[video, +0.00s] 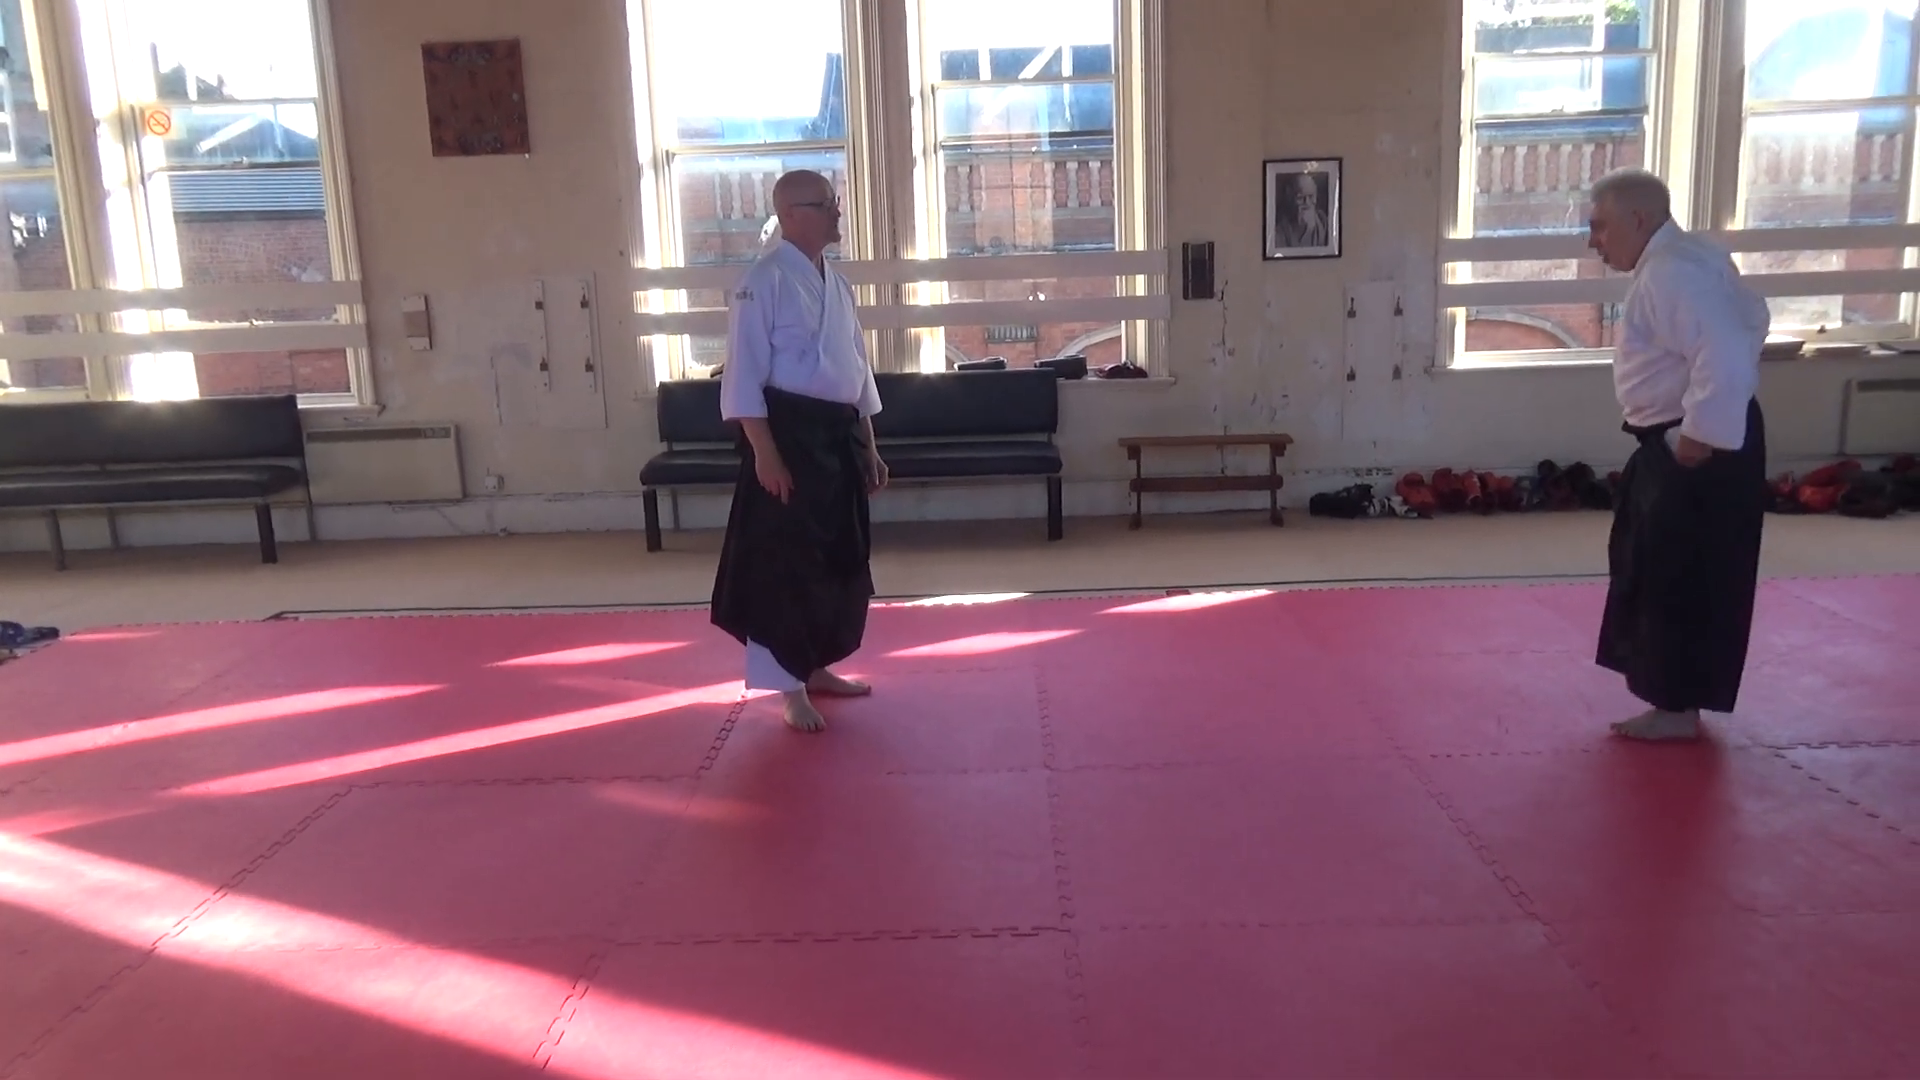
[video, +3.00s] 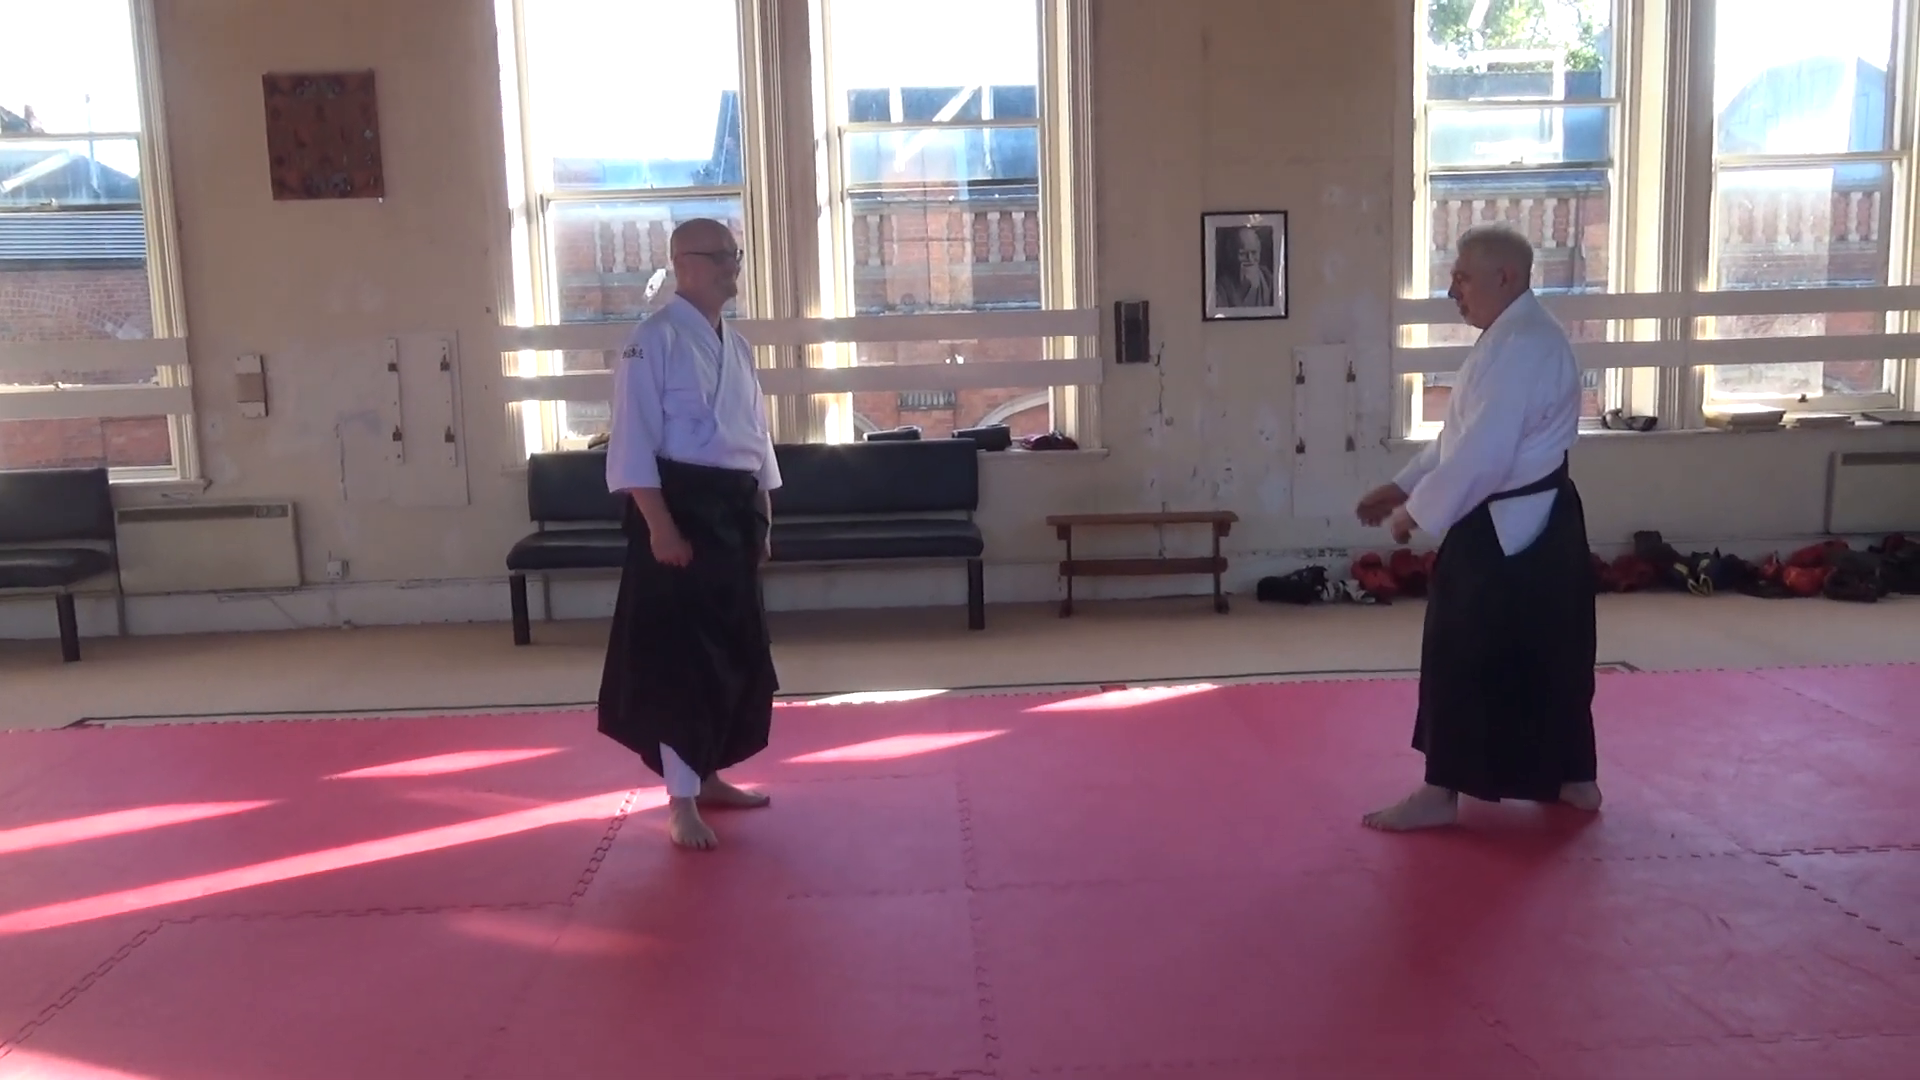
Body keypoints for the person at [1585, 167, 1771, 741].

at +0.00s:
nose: (1593, 239)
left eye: (1600, 225)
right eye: (1592, 226)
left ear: (1640, 219)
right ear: (1646, 221)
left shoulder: (1671, 268)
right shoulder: (1691, 255)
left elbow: (1723, 347)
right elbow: (1754, 317)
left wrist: (1700, 429)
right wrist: (1724, 382)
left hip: (1690, 444)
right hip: (1693, 439)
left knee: (1677, 568)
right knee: (1679, 566)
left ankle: (1677, 706)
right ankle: (1674, 700)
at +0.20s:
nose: (1575, 238)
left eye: (1583, 224)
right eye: (1574, 225)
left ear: (1623, 223)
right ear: (1627, 224)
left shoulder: (1648, 276)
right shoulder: (1655, 268)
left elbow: (1678, 370)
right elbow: (1701, 355)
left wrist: (1665, 459)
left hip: (1666, 452)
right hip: (1642, 446)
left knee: (1666, 579)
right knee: (1631, 568)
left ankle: (1674, 713)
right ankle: (1631, 686)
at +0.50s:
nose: (1537, 274)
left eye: (1545, 262)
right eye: (1538, 262)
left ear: (1584, 261)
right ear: (1584, 262)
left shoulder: (1609, 316)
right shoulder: (1607, 308)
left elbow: (1641, 399)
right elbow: (1649, 394)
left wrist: (1616, 484)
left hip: (1610, 487)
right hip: (1602, 482)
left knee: (1598, 608)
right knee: (1601, 607)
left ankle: (1608, 734)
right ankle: (1607, 728)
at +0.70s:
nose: (1512, 284)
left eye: (1521, 273)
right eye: (1513, 273)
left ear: (1560, 275)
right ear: (1561, 275)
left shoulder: (1588, 332)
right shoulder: (1574, 324)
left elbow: (1596, 411)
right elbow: (1587, 410)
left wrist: (1552, 483)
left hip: (1584, 495)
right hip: (1591, 492)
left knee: (1519, 610)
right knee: (1597, 616)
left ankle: (1483, 736)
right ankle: (1612, 736)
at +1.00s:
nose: (1461, 290)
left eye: (1470, 278)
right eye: (1462, 278)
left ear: (1508, 282)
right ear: (1513, 283)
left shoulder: (1523, 343)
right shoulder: (1538, 330)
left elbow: (1495, 440)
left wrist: (1441, 514)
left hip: (1522, 505)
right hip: (1560, 499)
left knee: (1457, 616)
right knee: (1575, 614)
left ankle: (1450, 748)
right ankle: (1596, 730)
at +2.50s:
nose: (1477, 269)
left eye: (1487, 258)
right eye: (1479, 257)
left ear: (1528, 262)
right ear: (1531, 263)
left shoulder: (1543, 317)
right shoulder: (1556, 309)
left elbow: (1497, 360)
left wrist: (1433, 394)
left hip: (1514, 504)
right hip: (1555, 497)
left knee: (1460, 634)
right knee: (1567, 633)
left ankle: (1451, 776)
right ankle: (1586, 764)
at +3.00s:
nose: (1453, 288)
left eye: (1464, 277)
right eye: (1454, 277)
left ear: (1505, 277)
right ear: (1508, 279)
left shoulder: (1518, 345)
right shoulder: (1515, 335)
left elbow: (1481, 454)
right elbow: (1460, 438)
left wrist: (1415, 513)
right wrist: (1400, 486)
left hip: (1500, 523)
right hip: (1542, 514)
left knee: (1453, 654)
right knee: (1555, 649)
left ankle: (1438, 792)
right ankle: (1576, 779)